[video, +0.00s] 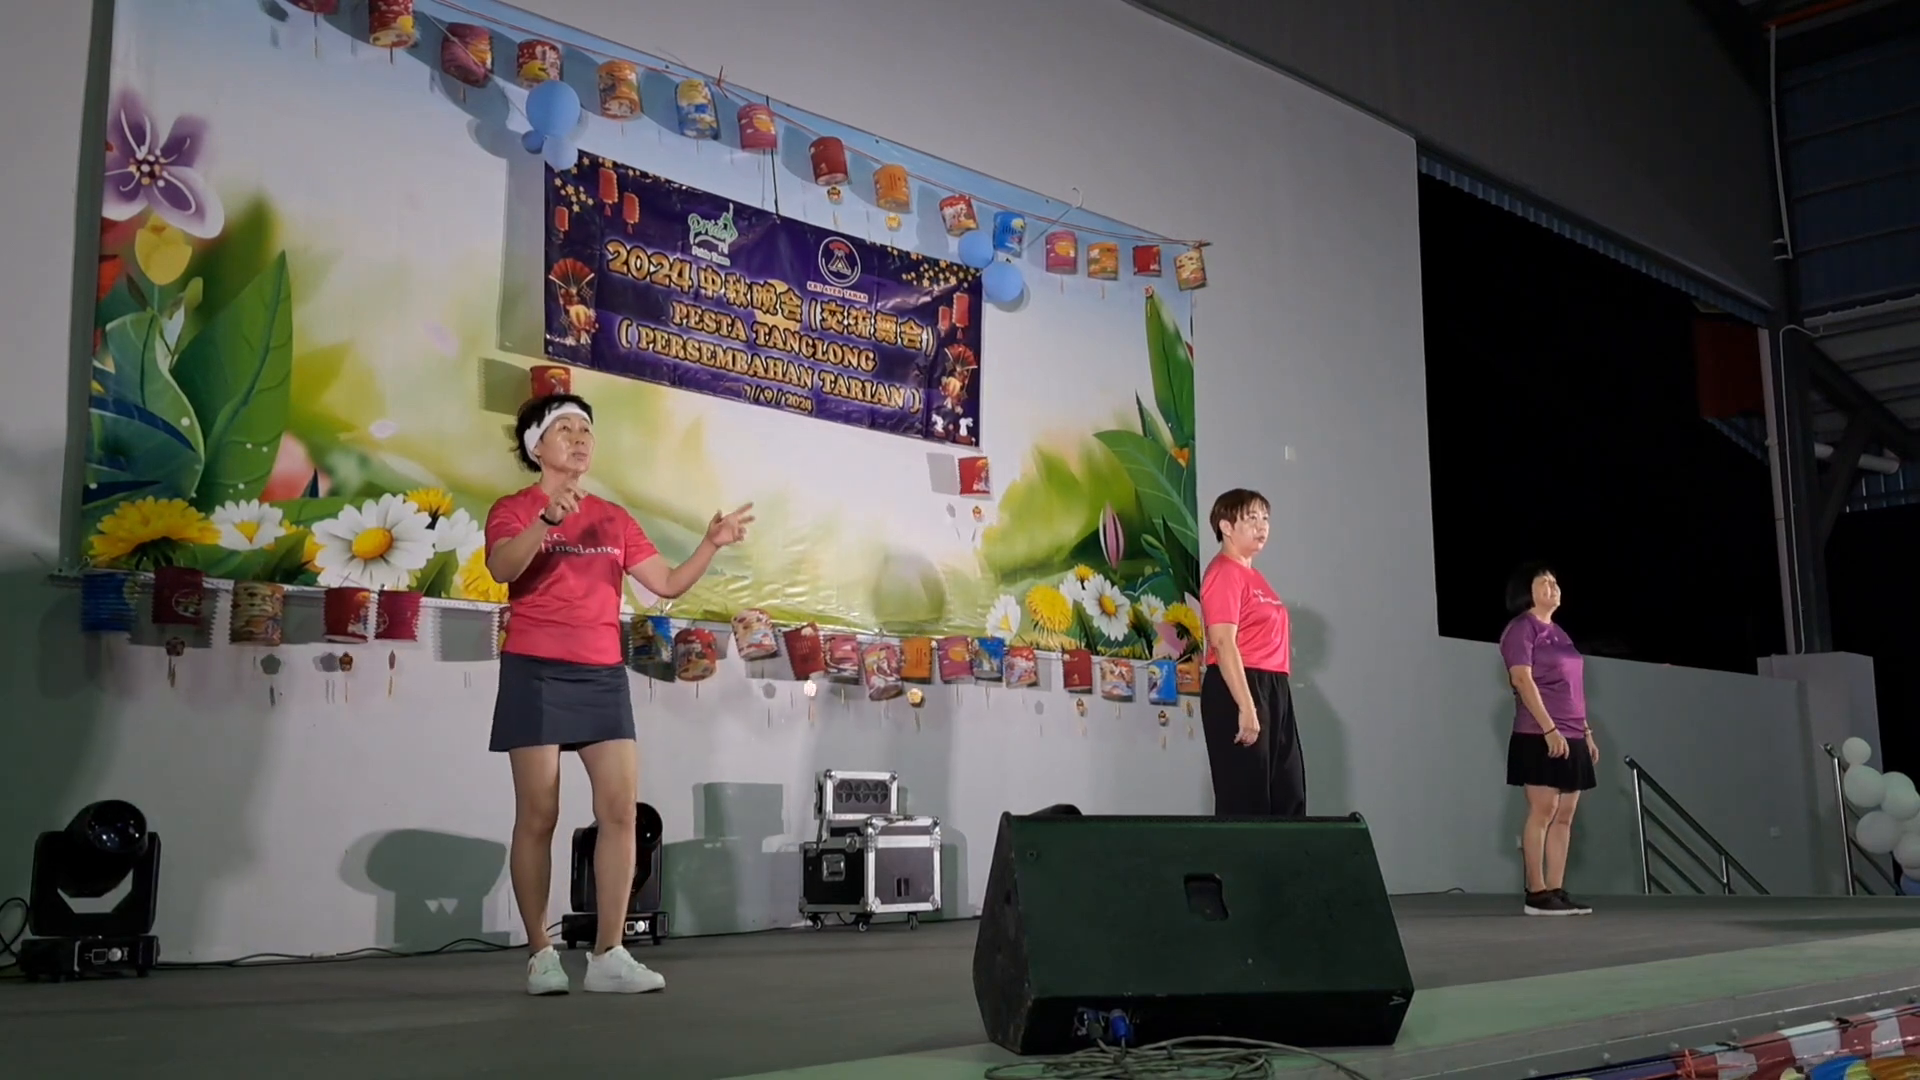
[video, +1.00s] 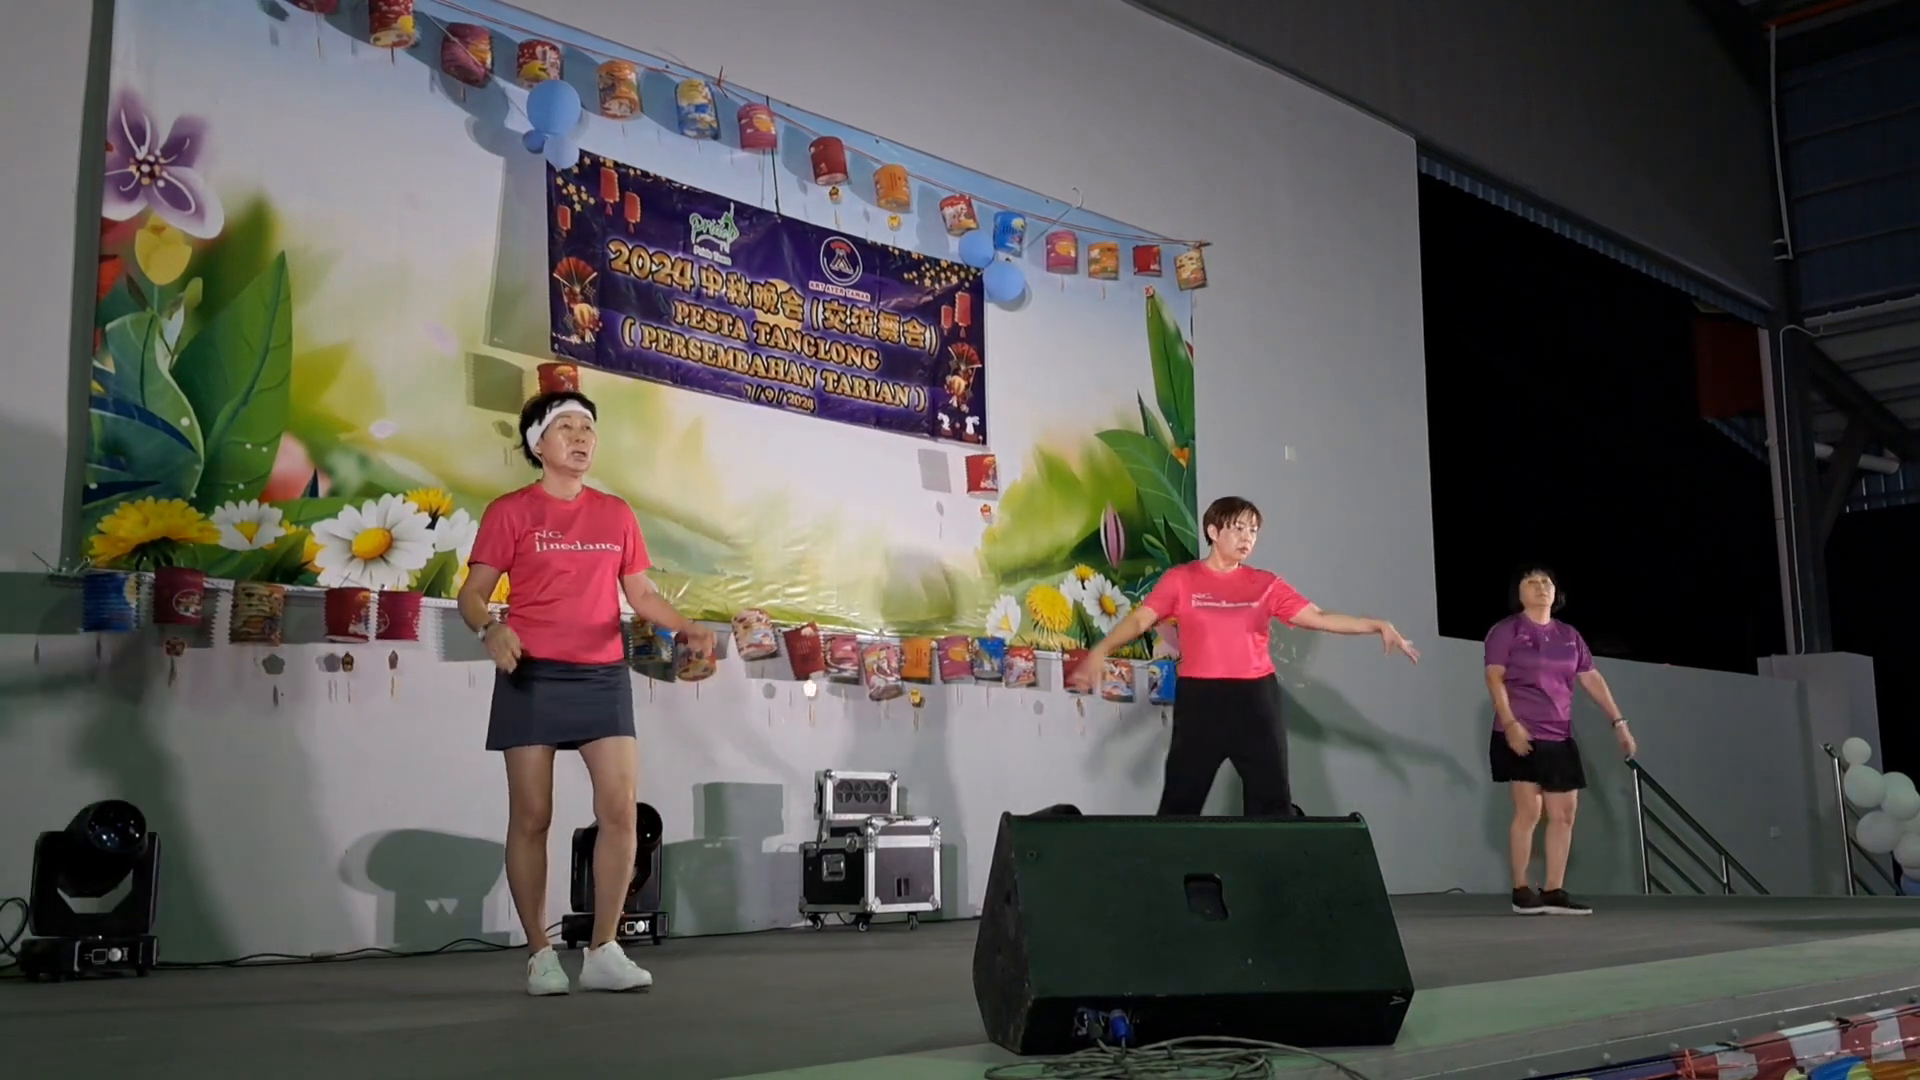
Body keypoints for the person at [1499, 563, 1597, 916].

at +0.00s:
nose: (1552, 588)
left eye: (1554, 583)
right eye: (1543, 583)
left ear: (1558, 592)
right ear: (1527, 592)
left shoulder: (1559, 633)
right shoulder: (1521, 628)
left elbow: (1570, 688)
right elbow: (1522, 681)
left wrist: (1586, 733)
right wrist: (1550, 729)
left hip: (1571, 737)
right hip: (1537, 735)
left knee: (1564, 814)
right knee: (1542, 810)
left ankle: (1555, 891)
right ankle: (1536, 892)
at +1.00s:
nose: (1540, 586)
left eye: (1546, 582)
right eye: (1532, 582)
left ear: (1555, 594)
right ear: (1519, 594)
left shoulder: (1570, 636)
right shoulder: (1504, 631)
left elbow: (1592, 679)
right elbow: (1494, 679)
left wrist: (1619, 722)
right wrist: (1510, 724)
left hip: (1559, 738)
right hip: (1518, 735)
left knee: (1564, 812)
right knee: (1528, 810)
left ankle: (1554, 892)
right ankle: (1521, 890)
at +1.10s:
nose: (1527, 588)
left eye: (1533, 583)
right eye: (1519, 584)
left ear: (1544, 593)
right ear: (1508, 595)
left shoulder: (1565, 634)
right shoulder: (1495, 633)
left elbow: (1592, 675)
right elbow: (1474, 677)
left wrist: (1616, 713)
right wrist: (1469, 712)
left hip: (1558, 738)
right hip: (1511, 737)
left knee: (1565, 813)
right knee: (1513, 813)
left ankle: (1553, 892)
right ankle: (1498, 882)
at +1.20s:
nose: (1511, 591)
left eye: (1517, 586)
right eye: (1504, 587)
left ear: (1529, 594)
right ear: (1494, 598)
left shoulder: (1553, 631)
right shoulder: (1482, 637)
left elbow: (1577, 669)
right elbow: (1453, 676)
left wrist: (1582, 701)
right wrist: (1426, 706)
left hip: (1552, 737)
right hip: (1503, 739)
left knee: (1571, 811)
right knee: (1498, 815)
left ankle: (1555, 890)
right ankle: (1494, 889)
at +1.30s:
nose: (1499, 597)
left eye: (1505, 591)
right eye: (1492, 592)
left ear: (1517, 597)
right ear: (1482, 601)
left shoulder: (1540, 633)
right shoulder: (1471, 642)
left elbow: (1558, 675)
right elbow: (1438, 679)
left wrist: (1535, 696)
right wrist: (1397, 707)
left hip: (1543, 740)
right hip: (1492, 743)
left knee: (1584, 803)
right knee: (1492, 817)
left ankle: (1569, 882)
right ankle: (1493, 892)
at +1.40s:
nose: (1492, 599)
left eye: (1498, 593)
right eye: (1484, 594)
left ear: (1509, 599)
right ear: (1475, 603)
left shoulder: (1528, 634)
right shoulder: (1466, 645)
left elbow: (1539, 681)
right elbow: (1436, 681)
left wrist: (1491, 703)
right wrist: (1394, 708)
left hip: (1536, 741)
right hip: (1486, 744)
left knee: (1576, 807)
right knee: (1488, 816)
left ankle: (1597, 887)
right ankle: (1493, 892)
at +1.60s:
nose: (1484, 604)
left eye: (1491, 597)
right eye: (1477, 597)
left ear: (1502, 603)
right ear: (1467, 605)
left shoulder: (1517, 636)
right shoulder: (1466, 645)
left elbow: (1518, 683)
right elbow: (1455, 682)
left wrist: (1467, 704)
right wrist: (1438, 706)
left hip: (1527, 741)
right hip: (1480, 744)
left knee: (1561, 811)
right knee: (1485, 816)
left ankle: (1597, 888)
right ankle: (1493, 892)